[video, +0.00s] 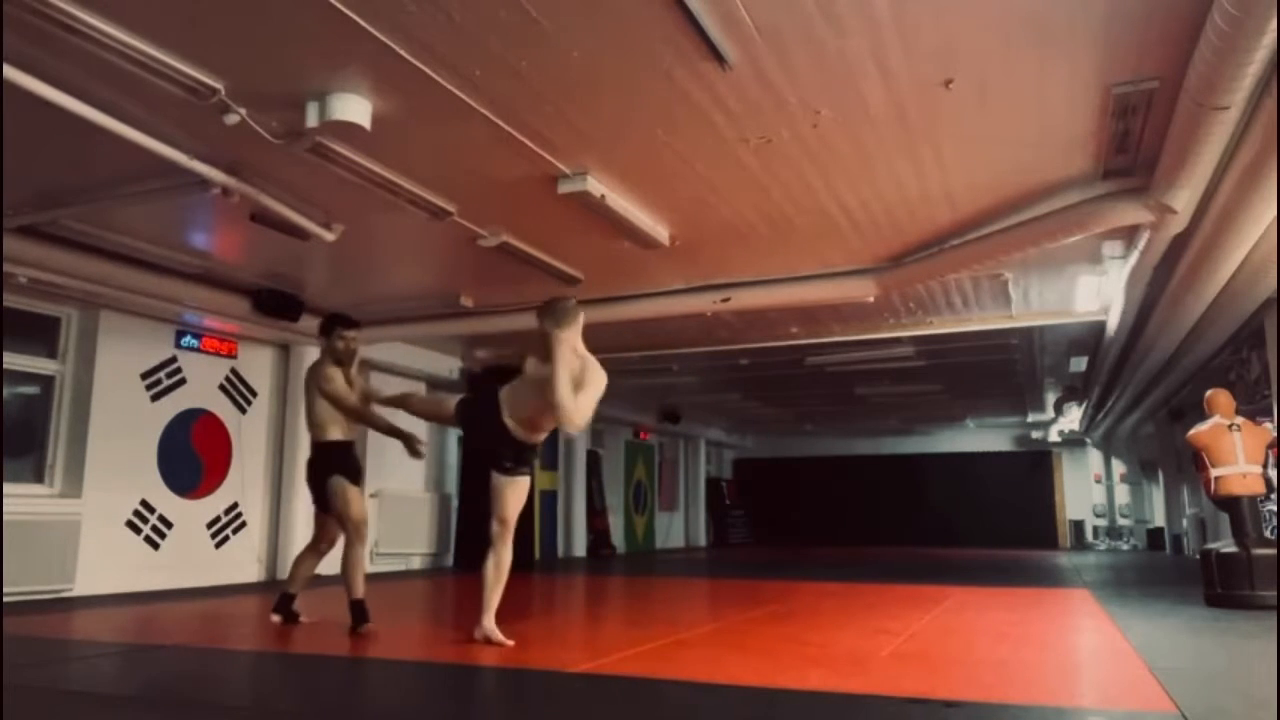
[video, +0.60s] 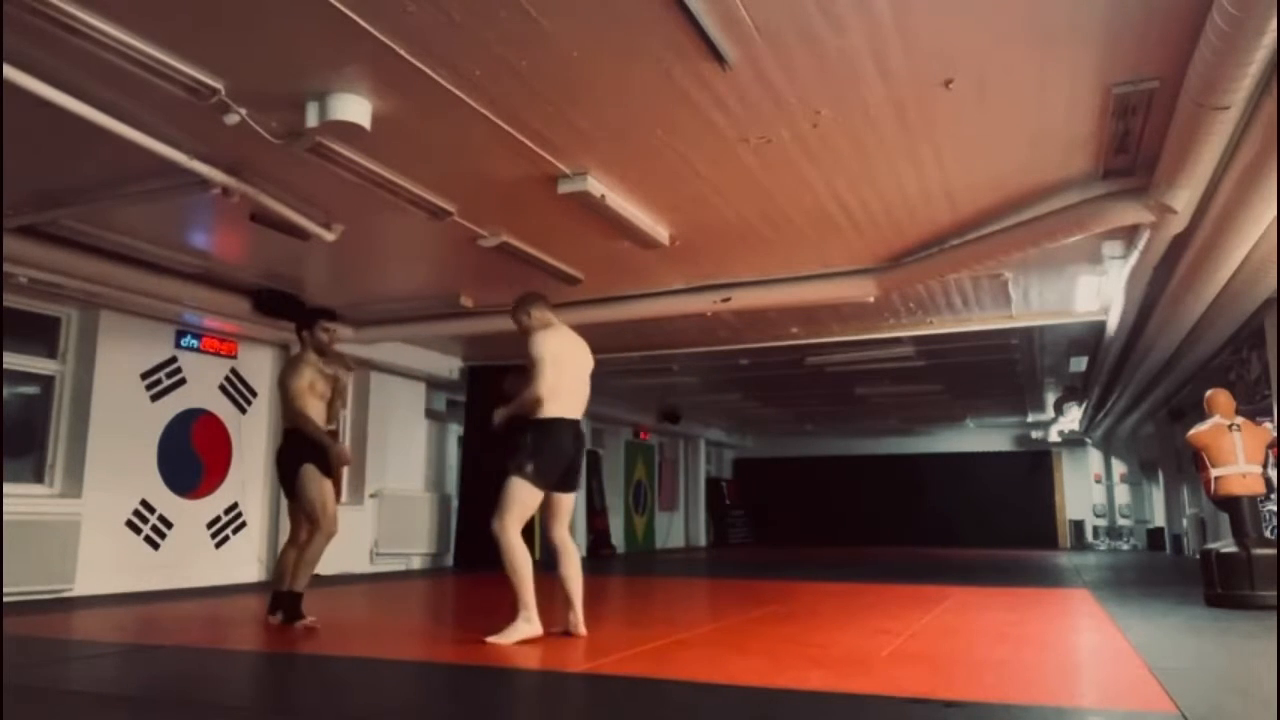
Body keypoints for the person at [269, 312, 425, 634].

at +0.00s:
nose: (350, 346)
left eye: (354, 340)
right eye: (343, 339)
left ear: (357, 342)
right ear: (326, 340)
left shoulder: (348, 372)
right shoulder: (323, 372)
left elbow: (371, 400)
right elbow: (355, 410)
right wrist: (402, 436)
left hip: (344, 458)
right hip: (329, 459)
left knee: (324, 540)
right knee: (357, 531)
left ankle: (285, 602)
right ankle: (359, 614)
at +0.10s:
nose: (340, 346)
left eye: (344, 340)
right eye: (333, 339)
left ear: (346, 341)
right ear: (316, 340)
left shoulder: (331, 372)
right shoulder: (310, 372)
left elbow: (352, 416)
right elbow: (339, 413)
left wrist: (345, 380)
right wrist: (378, 445)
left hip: (332, 457)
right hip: (317, 458)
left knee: (317, 541)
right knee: (344, 530)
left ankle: (283, 603)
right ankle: (355, 611)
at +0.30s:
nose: (329, 342)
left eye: (333, 336)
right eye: (322, 335)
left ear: (334, 338)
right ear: (303, 336)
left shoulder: (322, 369)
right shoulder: (297, 370)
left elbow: (345, 409)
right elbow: (317, 419)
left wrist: (336, 378)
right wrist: (337, 461)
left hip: (317, 448)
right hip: (302, 449)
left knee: (307, 535)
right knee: (338, 522)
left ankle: (282, 599)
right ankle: (312, 599)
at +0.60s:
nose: (330, 338)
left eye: (333, 332)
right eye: (324, 331)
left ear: (332, 336)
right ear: (305, 333)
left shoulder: (324, 370)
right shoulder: (299, 366)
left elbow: (332, 416)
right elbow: (298, 411)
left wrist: (341, 384)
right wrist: (330, 444)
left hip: (311, 449)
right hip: (300, 447)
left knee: (300, 534)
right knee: (326, 524)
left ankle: (279, 602)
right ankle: (292, 601)